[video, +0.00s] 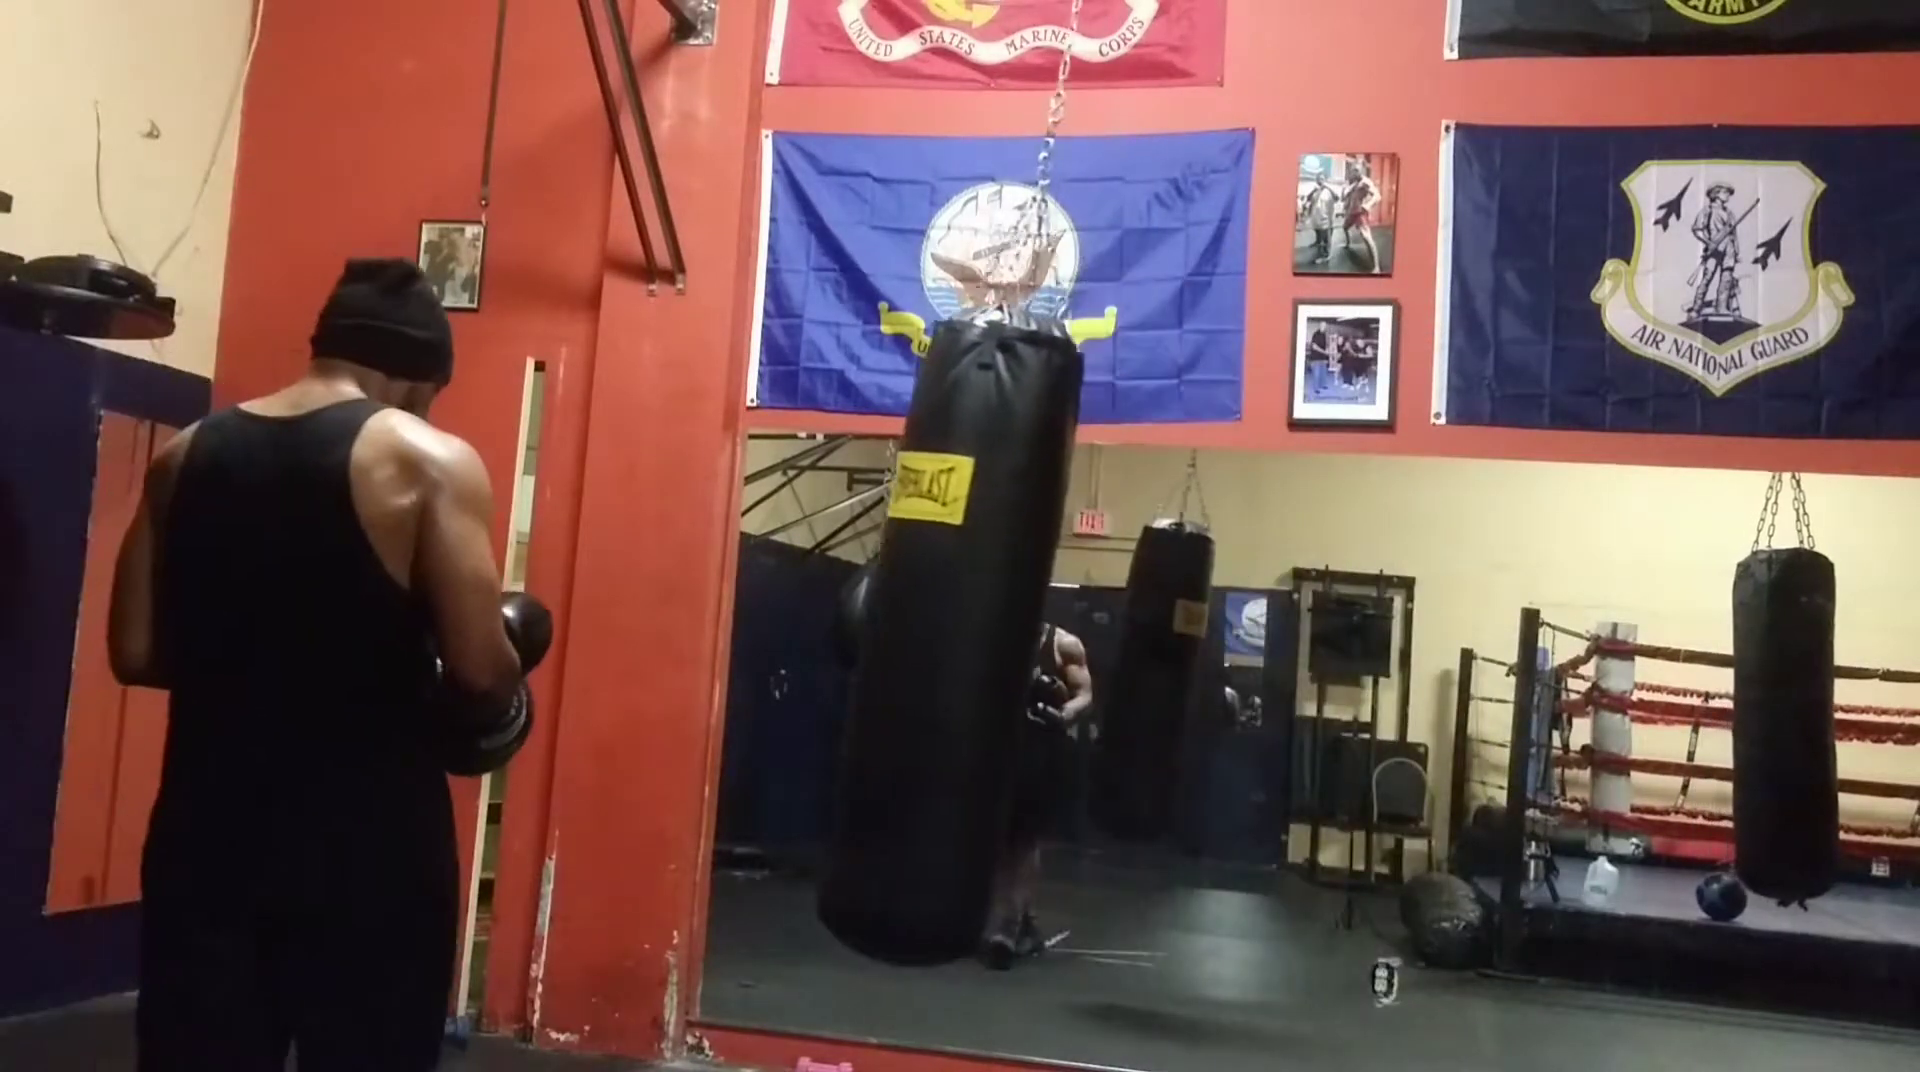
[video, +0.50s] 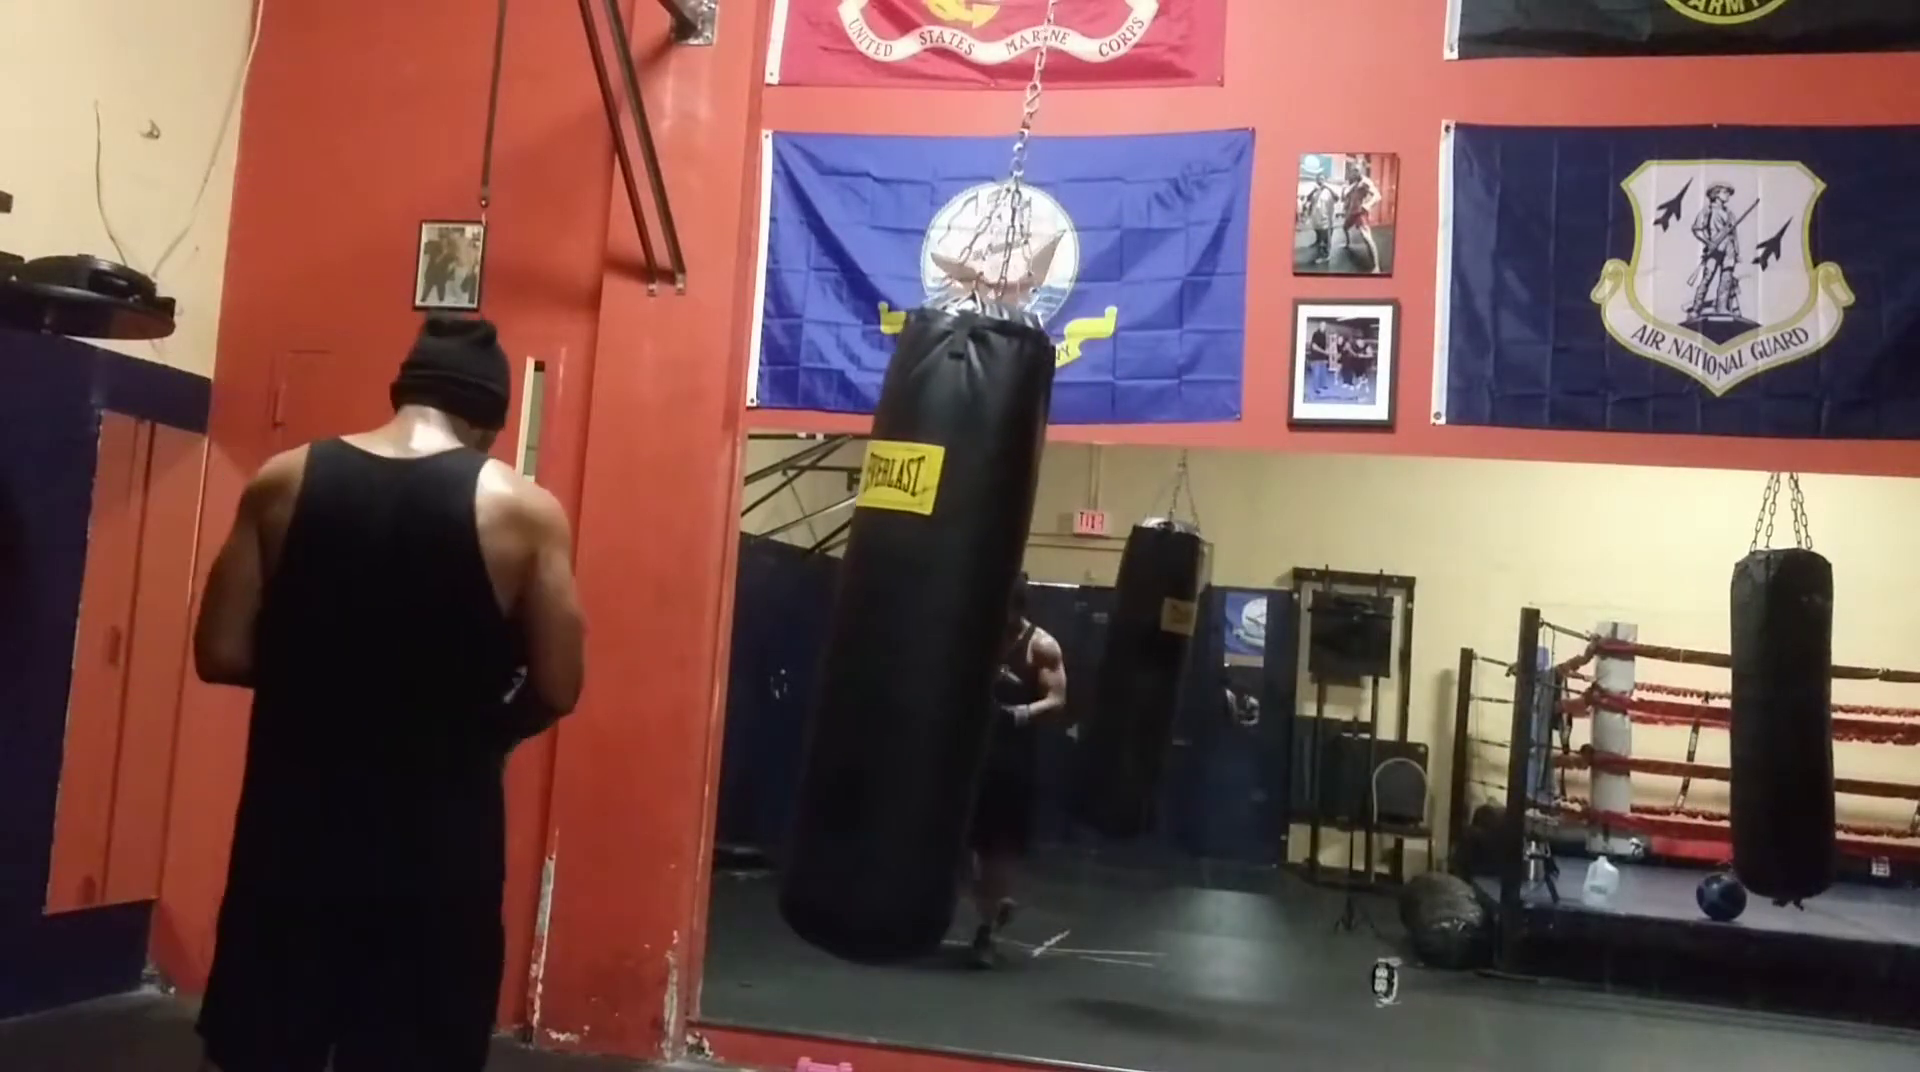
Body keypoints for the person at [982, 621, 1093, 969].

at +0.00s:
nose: (1029, 608)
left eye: (1034, 602)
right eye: (1023, 602)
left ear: (1042, 602)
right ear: (1012, 605)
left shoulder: (1064, 644)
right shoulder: (999, 641)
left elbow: (1083, 692)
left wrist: (1065, 713)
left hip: (1042, 754)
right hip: (1002, 752)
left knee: (1027, 840)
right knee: (1015, 840)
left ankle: (1004, 926)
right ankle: (1023, 922)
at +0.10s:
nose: (1020, 632)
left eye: (1025, 623)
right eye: (1015, 623)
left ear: (1036, 616)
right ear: (1006, 617)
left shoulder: (1060, 646)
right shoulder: (997, 644)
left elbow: (1079, 694)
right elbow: (982, 693)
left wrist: (1058, 715)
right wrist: (1008, 699)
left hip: (1037, 752)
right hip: (1001, 750)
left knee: (1016, 840)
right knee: (1012, 840)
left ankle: (994, 931)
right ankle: (1025, 925)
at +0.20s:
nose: (1016, 630)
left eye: (1023, 622)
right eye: (1012, 622)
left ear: (1033, 617)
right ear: (1002, 616)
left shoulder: (1056, 646)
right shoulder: (993, 641)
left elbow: (1076, 697)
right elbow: (973, 686)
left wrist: (1046, 718)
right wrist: (993, 702)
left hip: (1032, 747)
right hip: (994, 744)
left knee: (1010, 838)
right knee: (1004, 837)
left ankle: (989, 931)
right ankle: (1026, 926)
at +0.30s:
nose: (1017, 620)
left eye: (1024, 612)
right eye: (1012, 611)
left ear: (1033, 612)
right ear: (1000, 610)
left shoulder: (1051, 646)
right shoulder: (987, 639)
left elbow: (1069, 697)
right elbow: (965, 685)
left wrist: (1037, 718)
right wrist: (980, 706)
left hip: (1024, 749)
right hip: (984, 746)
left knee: (1003, 839)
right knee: (993, 837)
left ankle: (988, 931)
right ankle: (1020, 921)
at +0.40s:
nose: (1007, 626)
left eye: (1013, 618)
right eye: (1002, 618)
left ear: (1024, 612)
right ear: (992, 612)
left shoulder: (1047, 646)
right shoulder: (981, 638)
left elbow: (1063, 699)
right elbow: (958, 685)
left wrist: (1027, 715)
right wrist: (976, 703)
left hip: (1019, 754)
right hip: (977, 751)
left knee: (1004, 842)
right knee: (979, 842)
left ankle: (988, 927)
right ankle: (1006, 912)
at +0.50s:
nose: (1005, 625)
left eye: (1010, 617)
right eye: (1000, 617)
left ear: (1021, 611)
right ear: (992, 611)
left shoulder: (1042, 645)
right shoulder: (978, 637)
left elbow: (1058, 698)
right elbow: (957, 683)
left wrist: (1025, 712)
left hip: (1013, 755)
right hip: (972, 750)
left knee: (998, 842)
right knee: (973, 839)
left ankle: (986, 929)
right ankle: (995, 902)